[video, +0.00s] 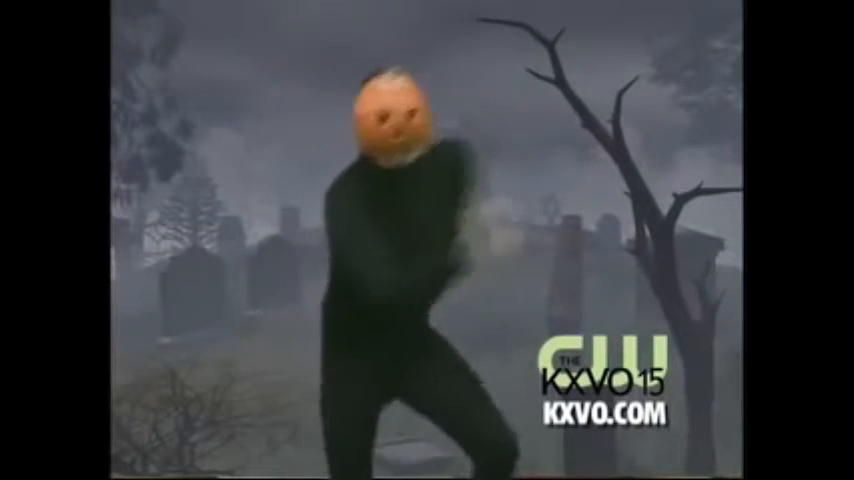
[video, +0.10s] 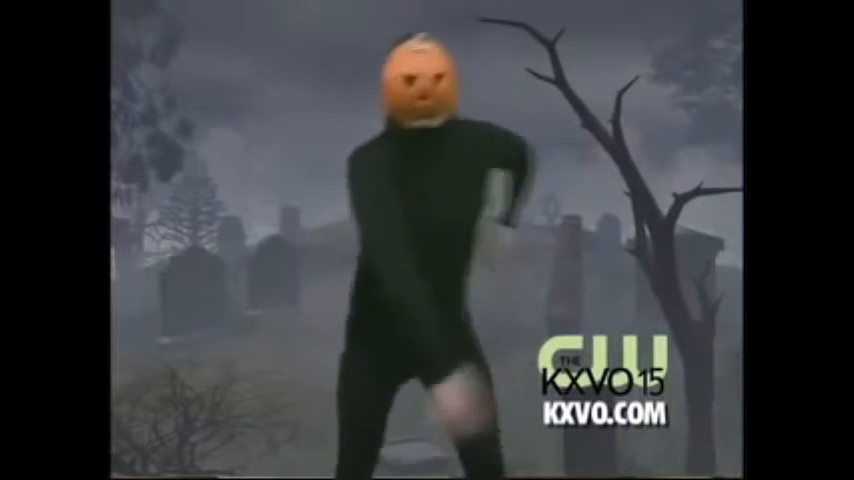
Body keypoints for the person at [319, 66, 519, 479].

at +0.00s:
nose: (398, 128)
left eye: (411, 114)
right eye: (382, 117)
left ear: (428, 119)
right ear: (361, 128)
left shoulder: (449, 164)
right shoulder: (348, 194)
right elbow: (384, 294)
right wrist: (458, 258)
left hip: (414, 347)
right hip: (352, 358)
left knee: (497, 449)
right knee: (350, 472)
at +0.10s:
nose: (424, 90)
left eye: (437, 78)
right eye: (409, 79)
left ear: (454, 85)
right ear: (387, 91)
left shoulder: (475, 141)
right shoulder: (371, 161)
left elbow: (520, 156)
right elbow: (395, 271)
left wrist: (505, 221)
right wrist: (443, 367)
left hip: (449, 329)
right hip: (377, 335)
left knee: (485, 463)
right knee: (355, 465)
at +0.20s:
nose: (455, 94)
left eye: (469, 82)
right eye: (440, 84)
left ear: (488, 92)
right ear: (419, 94)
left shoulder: (514, 162)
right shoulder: (398, 174)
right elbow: (382, 290)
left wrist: (534, 274)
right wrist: (381, 394)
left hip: (474, 348)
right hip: (400, 350)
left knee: (495, 469)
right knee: (364, 468)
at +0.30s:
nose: (487, 124)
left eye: (502, 113)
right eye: (473, 113)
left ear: (521, 124)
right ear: (452, 122)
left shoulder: (540, 202)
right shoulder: (421, 198)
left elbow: (591, 299)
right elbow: (376, 283)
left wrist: (524, 341)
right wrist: (335, 371)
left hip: (498, 373)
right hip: (417, 367)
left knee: (511, 472)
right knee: (359, 470)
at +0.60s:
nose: (556, 63)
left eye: (572, 57)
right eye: (546, 51)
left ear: (586, 78)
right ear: (523, 62)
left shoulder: (568, 156)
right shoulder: (495, 122)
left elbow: (485, 198)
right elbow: (456, 188)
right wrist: (400, 232)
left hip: (491, 327)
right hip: (425, 297)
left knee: (499, 469)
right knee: (300, 323)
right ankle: (403, 431)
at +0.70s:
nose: (556, 71)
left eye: (573, 66)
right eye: (547, 59)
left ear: (588, 93)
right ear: (522, 73)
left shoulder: (569, 166)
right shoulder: (502, 136)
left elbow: (470, 181)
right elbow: (467, 206)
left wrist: (388, 101)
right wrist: (420, 240)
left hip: (488, 341)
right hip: (427, 307)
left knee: (490, 471)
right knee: (297, 313)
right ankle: (377, 445)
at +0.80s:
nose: (541, 101)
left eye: (558, 92)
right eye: (528, 88)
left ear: (577, 108)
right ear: (509, 94)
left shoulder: (566, 192)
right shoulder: (490, 150)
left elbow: (458, 214)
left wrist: (400, 121)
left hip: (493, 360)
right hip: (431, 327)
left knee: (496, 470)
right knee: (306, 320)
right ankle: (346, 469)